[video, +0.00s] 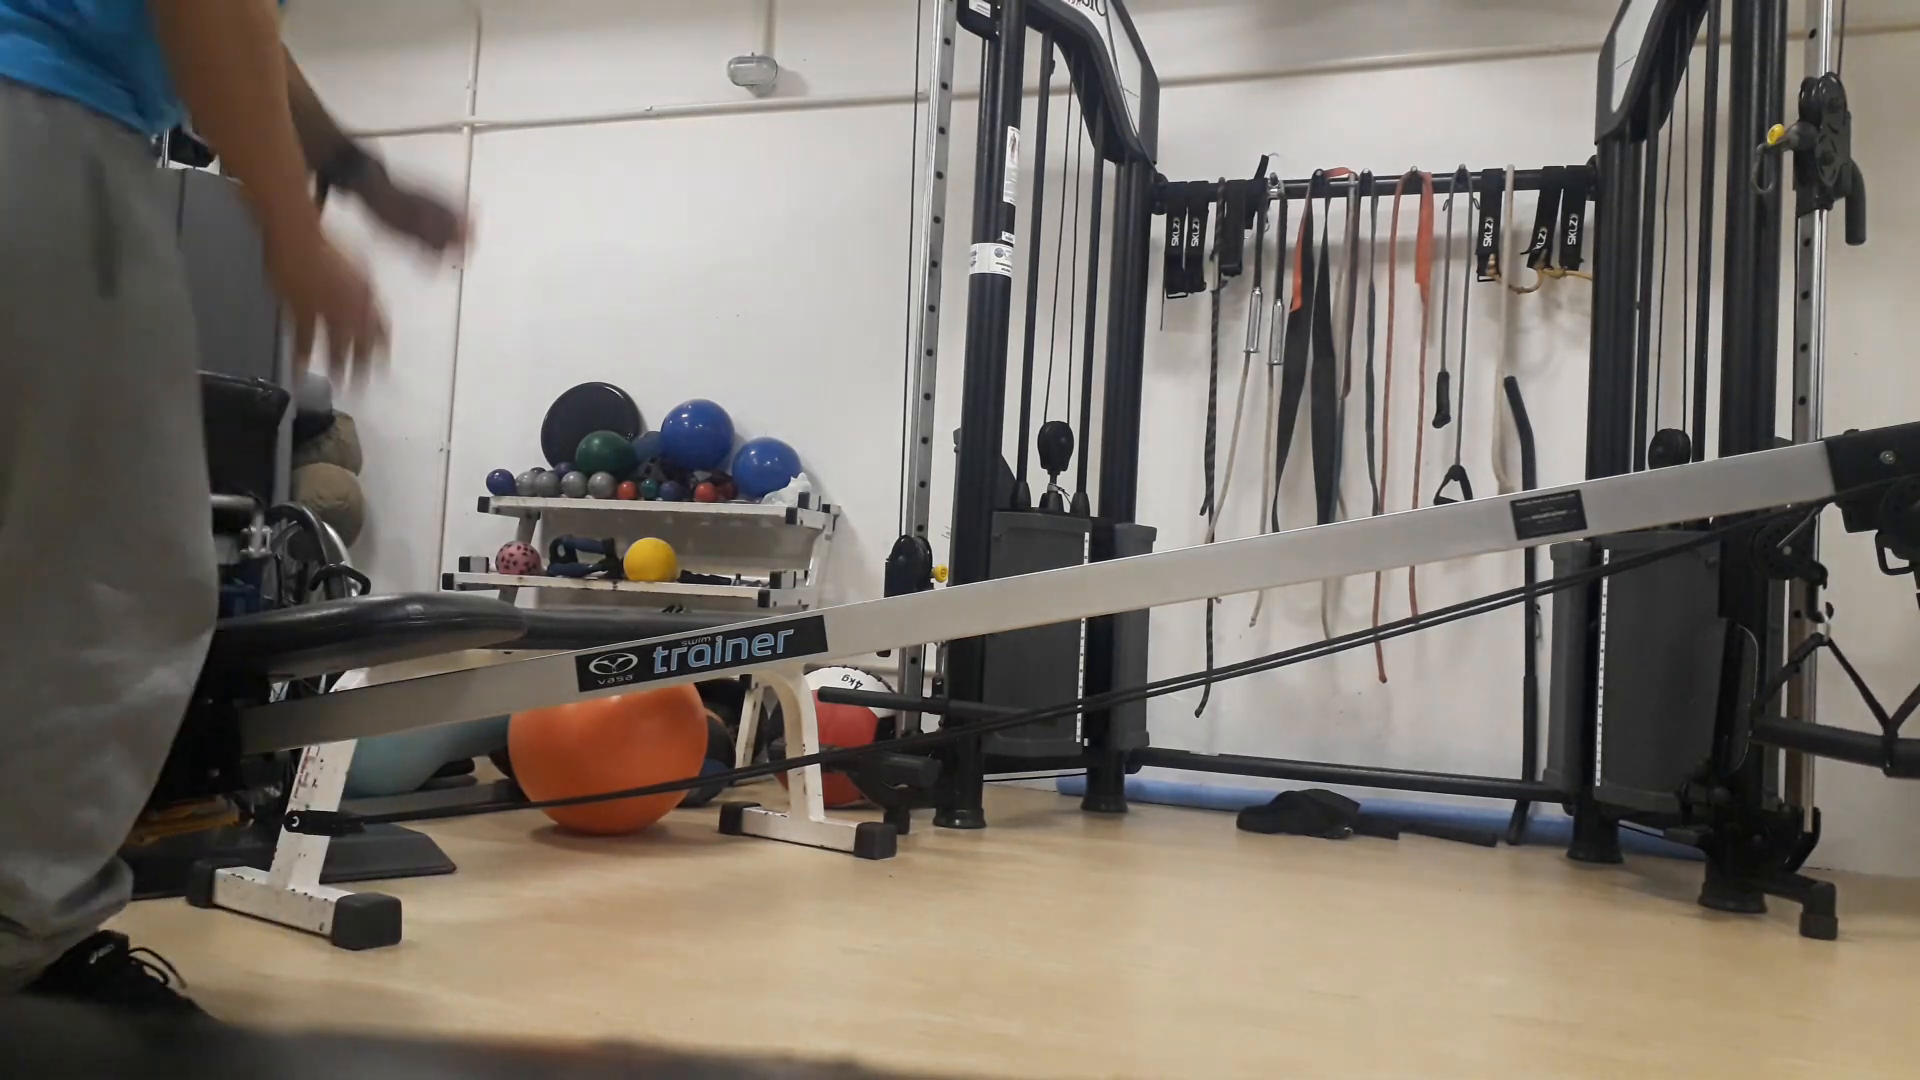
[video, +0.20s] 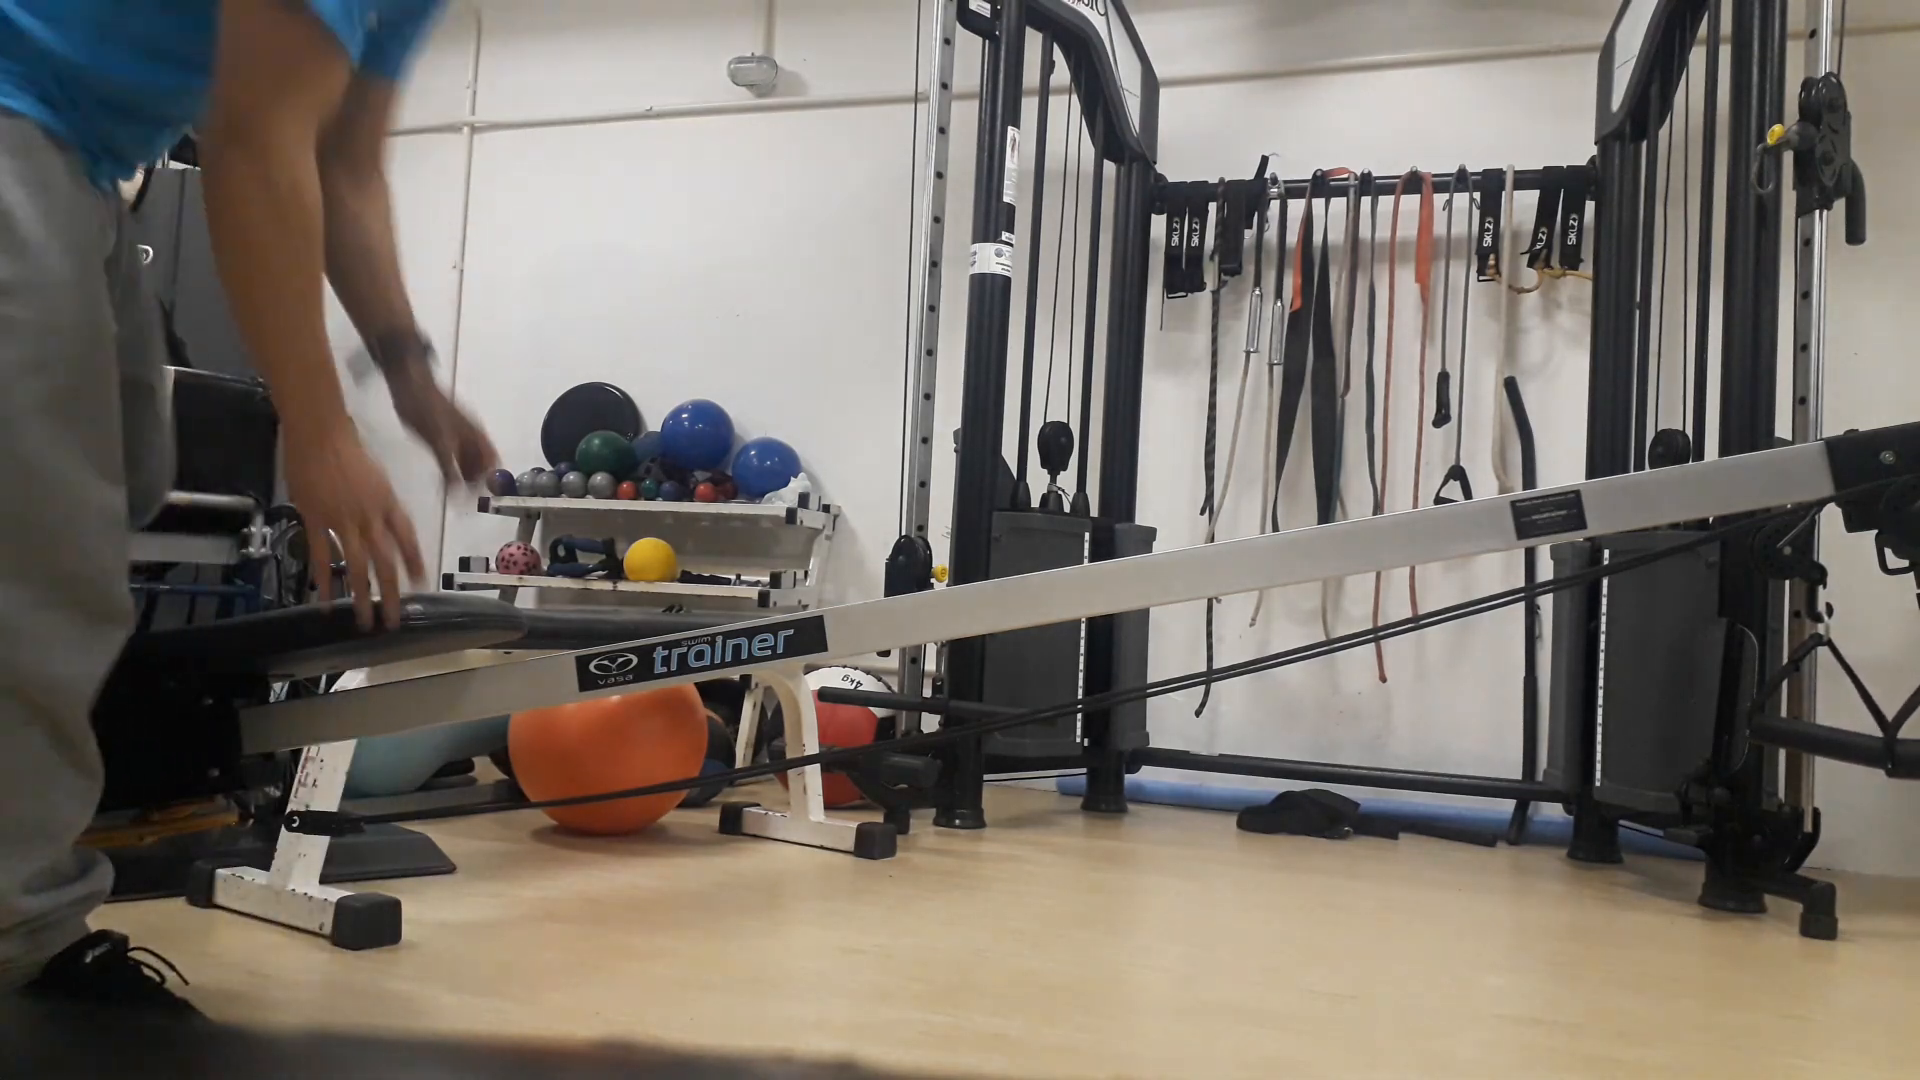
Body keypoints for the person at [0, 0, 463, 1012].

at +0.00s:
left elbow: (215, 14)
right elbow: (201, 5)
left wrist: (356, 169)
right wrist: (294, 227)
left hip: (65, 129)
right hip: (51, 129)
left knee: (80, 556)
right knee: (120, 571)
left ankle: (41, 926)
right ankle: (40, 935)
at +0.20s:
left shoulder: (401, 9)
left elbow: (349, 162)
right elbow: (254, 138)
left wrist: (409, 368)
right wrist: (318, 434)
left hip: (85, 161)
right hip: (22, 132)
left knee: (91, 530)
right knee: (54, 548)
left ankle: (34, 897)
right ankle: (30, 934)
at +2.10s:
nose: (827, 240)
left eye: (841, 216)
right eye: (816, 198)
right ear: (709, 147)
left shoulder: (650, 293)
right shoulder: (507, 199)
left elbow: (502, 429)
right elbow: (277, 374)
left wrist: (535, 570)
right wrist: (450, 576)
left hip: (295, 389)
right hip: (121, 336)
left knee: (402, 641)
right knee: (234, 644)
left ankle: (194, 889)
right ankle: (41, 930)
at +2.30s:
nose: (828, 241)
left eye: (844, 217)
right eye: (821, 199)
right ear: (719, 139)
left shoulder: (640, 280)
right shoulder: (509, 173)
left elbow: (490, 415)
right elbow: (282, 361)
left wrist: (519, 570)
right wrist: (434, 584)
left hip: (258, 323)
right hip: (110, 245)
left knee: (349, 621)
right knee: (172, 588)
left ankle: (171, 888)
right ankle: (24, 925)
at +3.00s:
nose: (867, 149)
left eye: (884, 128)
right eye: (857, 109)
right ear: (756, 63)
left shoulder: (696, 234)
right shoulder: (567, 120)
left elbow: (636, 425)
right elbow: (482, 400)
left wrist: (759, 540)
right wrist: (723, 532)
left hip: (331, 358)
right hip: (173, 267)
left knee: (394, 647)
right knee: (210, 607)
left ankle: (165, 891)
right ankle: (30, 928)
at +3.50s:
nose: (1002, 44)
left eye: (1013, 34)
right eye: (991, 15)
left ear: (912, 36)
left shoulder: (819, 168)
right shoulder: (701, 55)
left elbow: (821, 384)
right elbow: (722, 352)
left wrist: (975, 496)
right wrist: (956, 492)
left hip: (426, 349)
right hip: (287, 253)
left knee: (391, 664)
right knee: (233, 627)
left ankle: (168, 883)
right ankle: (39, 926)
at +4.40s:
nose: (1220, 164)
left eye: (1236, 136)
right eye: (1214, 119)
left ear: (1136, 101)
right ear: (1120, 71)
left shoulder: (1018, 266)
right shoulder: (926, 132)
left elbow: (851, 397)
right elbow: (706, 323)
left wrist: (936, 518)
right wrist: (905, 507)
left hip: (599, 465)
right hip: (493, 353)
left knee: (455, 716)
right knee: (309, 693)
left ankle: (206, 884)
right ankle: (58, 950)